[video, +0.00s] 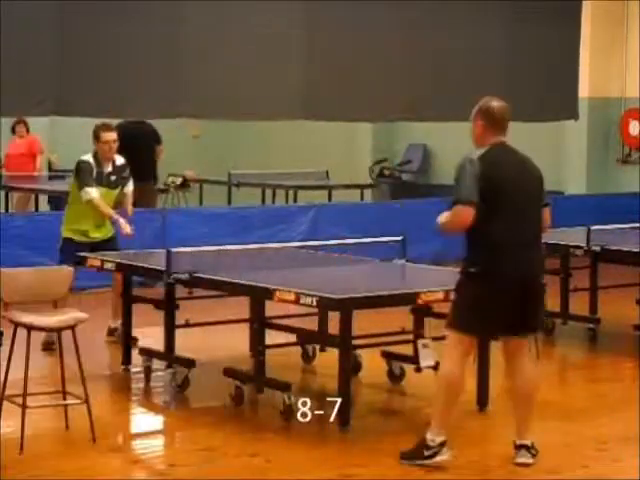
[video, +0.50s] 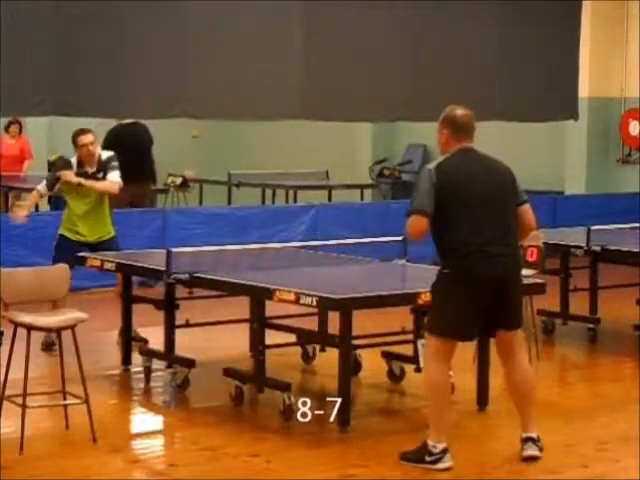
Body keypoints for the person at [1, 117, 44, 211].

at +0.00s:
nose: (20, 130)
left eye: (22, 127)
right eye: (18, 127)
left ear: (26, 129)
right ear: (14, 129)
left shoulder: (32, 140)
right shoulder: (13, 141)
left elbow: (39, 154)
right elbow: (7, 155)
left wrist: (37, 169)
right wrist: (5, 168)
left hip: (28, 175)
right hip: (13, 175)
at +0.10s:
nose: (19, 129)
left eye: (21, 127)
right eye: (16, 127)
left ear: (25, 129)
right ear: (12, 130)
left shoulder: (29, 140)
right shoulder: (10, 142)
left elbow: (38, 154)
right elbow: (5, 157)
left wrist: (37, 170)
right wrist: (3, 168)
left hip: (27, 176)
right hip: (11, 176)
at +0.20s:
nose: (17, 130)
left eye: (20, 128)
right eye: (15, 128)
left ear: (23, 130)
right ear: (11, 130)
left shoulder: (27, 141)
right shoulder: (7, 141)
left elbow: (35, 155)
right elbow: (3, 156)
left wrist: (34, 170)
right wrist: (3, 171)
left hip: (24, 174)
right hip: (8, 174)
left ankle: (17, 203)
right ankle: (17, 205)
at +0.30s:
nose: (17, 130)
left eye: (19, 127)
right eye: (14, 127)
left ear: (22, 129)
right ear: (10, 129)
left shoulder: (26, 140)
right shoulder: (4, 140)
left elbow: (31, 158)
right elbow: (2, 157)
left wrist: (30, 173)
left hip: (22, 176)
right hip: (6, 176)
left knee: (15, 203)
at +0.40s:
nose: (15, 130)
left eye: (18, 128)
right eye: (13, 127)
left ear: (21, 130)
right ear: (9, 129)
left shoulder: (24, 141)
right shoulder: (3, 140)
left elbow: (29, 158)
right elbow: (2, 155)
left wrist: (27, 173)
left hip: (18, 175)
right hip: (4, 175)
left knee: (17, 196)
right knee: (3, 195)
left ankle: (14, 212)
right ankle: (4, 211)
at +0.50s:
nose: (14, 130)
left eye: (16, 128)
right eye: (12, 127)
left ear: (20, 130)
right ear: (8, 128)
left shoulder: (23, 142)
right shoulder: (3, 140)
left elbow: (28, 158)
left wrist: (23, 172)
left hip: (17, 175)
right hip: (3, 174)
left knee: (16, 196)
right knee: (3, 196)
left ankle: (13, 212)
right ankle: (4, 212)